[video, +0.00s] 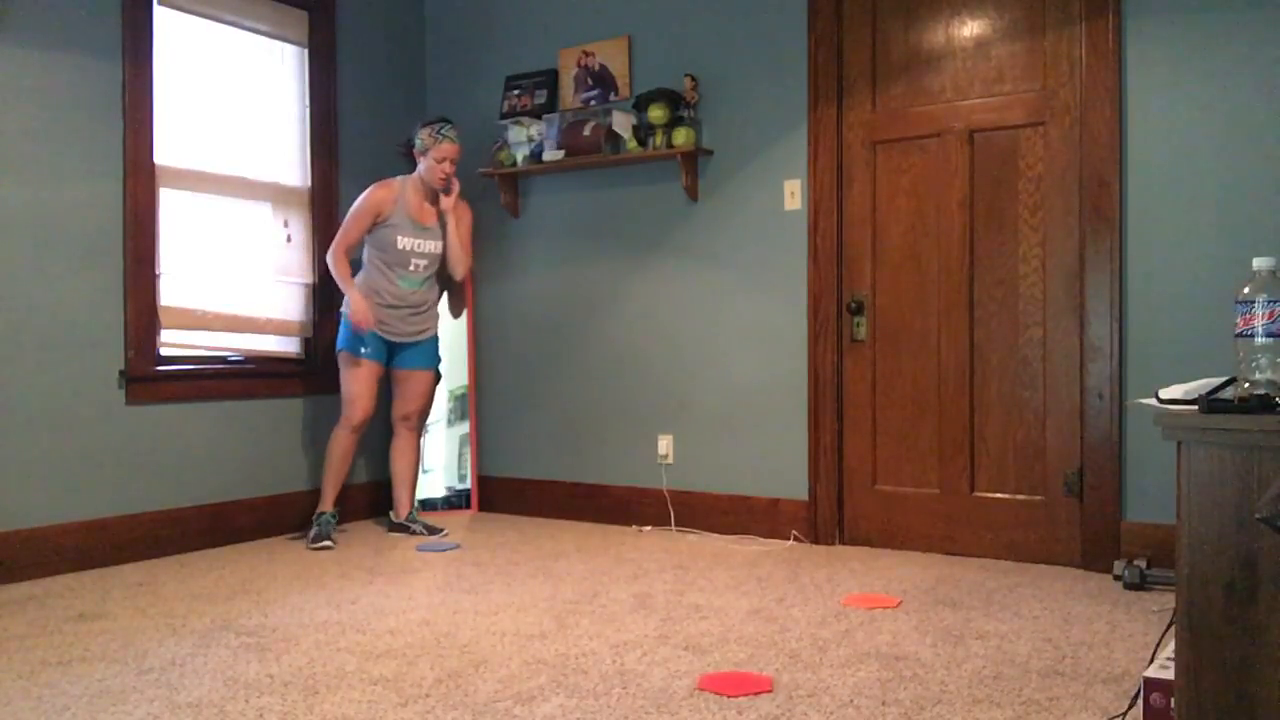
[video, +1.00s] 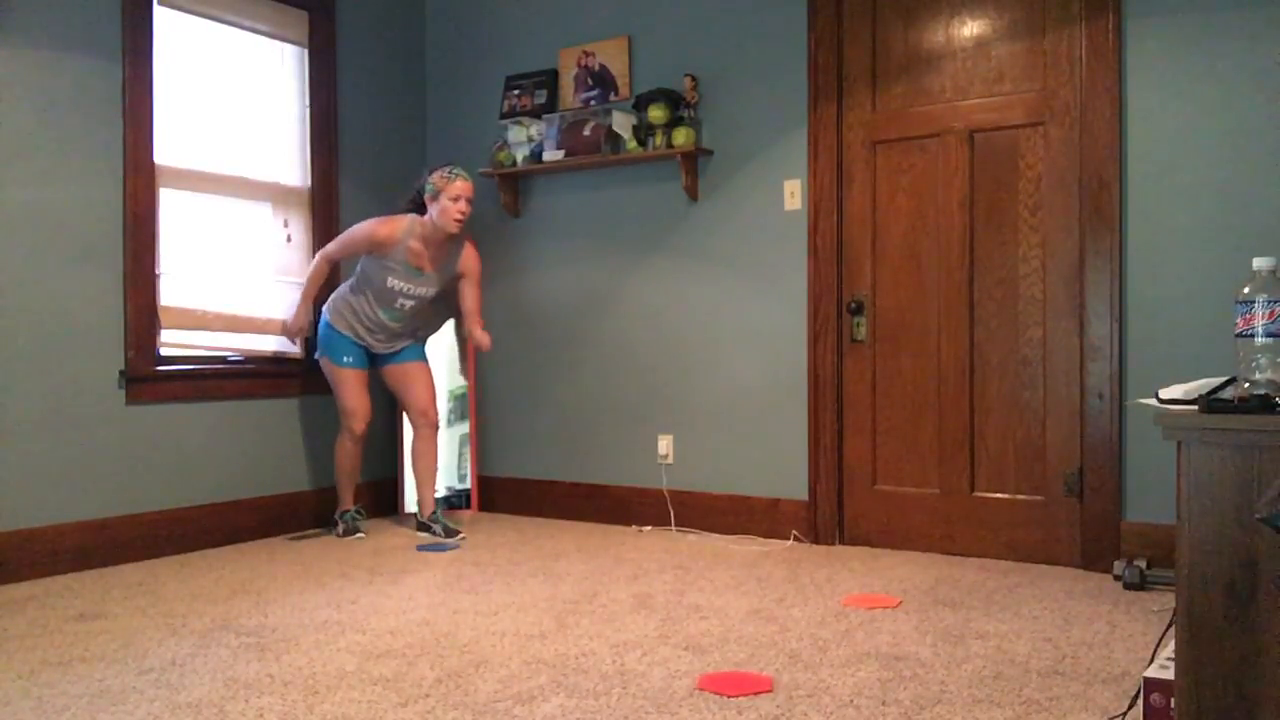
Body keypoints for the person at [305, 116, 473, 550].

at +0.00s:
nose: (448, 170)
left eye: (454, 162)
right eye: (441, 161)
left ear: (458, 162)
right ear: (418, 156)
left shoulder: (457, 210)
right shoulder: (383, 195)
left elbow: (459, 271)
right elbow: (336, 253)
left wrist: (449, 214)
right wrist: (353, 296)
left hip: (420, 330)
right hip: (367, 323)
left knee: (409, 420)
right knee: (356, 415)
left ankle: (402, 515)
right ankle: (326, 513)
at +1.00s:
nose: (464, 209)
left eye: (469, 202)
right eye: (456, 200)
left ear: (471, 207)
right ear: (430, 202)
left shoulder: (465, 256)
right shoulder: (388, 232)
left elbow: (471, 318)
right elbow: (326, 256)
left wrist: (476, 333)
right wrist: (303, 308)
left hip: (401, 339)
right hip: (347, 327)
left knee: (427, 418)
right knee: (356, 423)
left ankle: (427, 514)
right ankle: (346, 511)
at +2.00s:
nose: (710, 152)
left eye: (711, 143)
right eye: (699, 144)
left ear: (711, 152)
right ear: (670, 153)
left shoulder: (702, 221)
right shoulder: (640, 206)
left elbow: (696, 290)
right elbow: (594, 275)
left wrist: (720, 324)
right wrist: (617, 333)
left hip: (677, 346)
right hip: (631, 340)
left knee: (718, 436)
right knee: (697, 431)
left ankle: (619, 466)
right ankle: (682, 536)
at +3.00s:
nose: (864, 56)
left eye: (874, 46)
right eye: (853, 41)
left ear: (879, 53)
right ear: (822, 40)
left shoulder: (844, 124)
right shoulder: (796, 108)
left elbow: (813, 229)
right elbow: (738, 205)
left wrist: (851, 274)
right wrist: (739, 293)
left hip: (820, 306)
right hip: (765, 301)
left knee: (886, 413)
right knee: (782, 452)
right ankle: (743, 594)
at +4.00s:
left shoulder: (682, 38)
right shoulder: (535, 11)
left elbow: (744, 161)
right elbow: (409, 24)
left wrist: (837, 169)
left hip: (604, 292)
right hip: (492, 258)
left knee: (658, 496)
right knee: (557, 275)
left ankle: (660, 698)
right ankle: (473, 496)